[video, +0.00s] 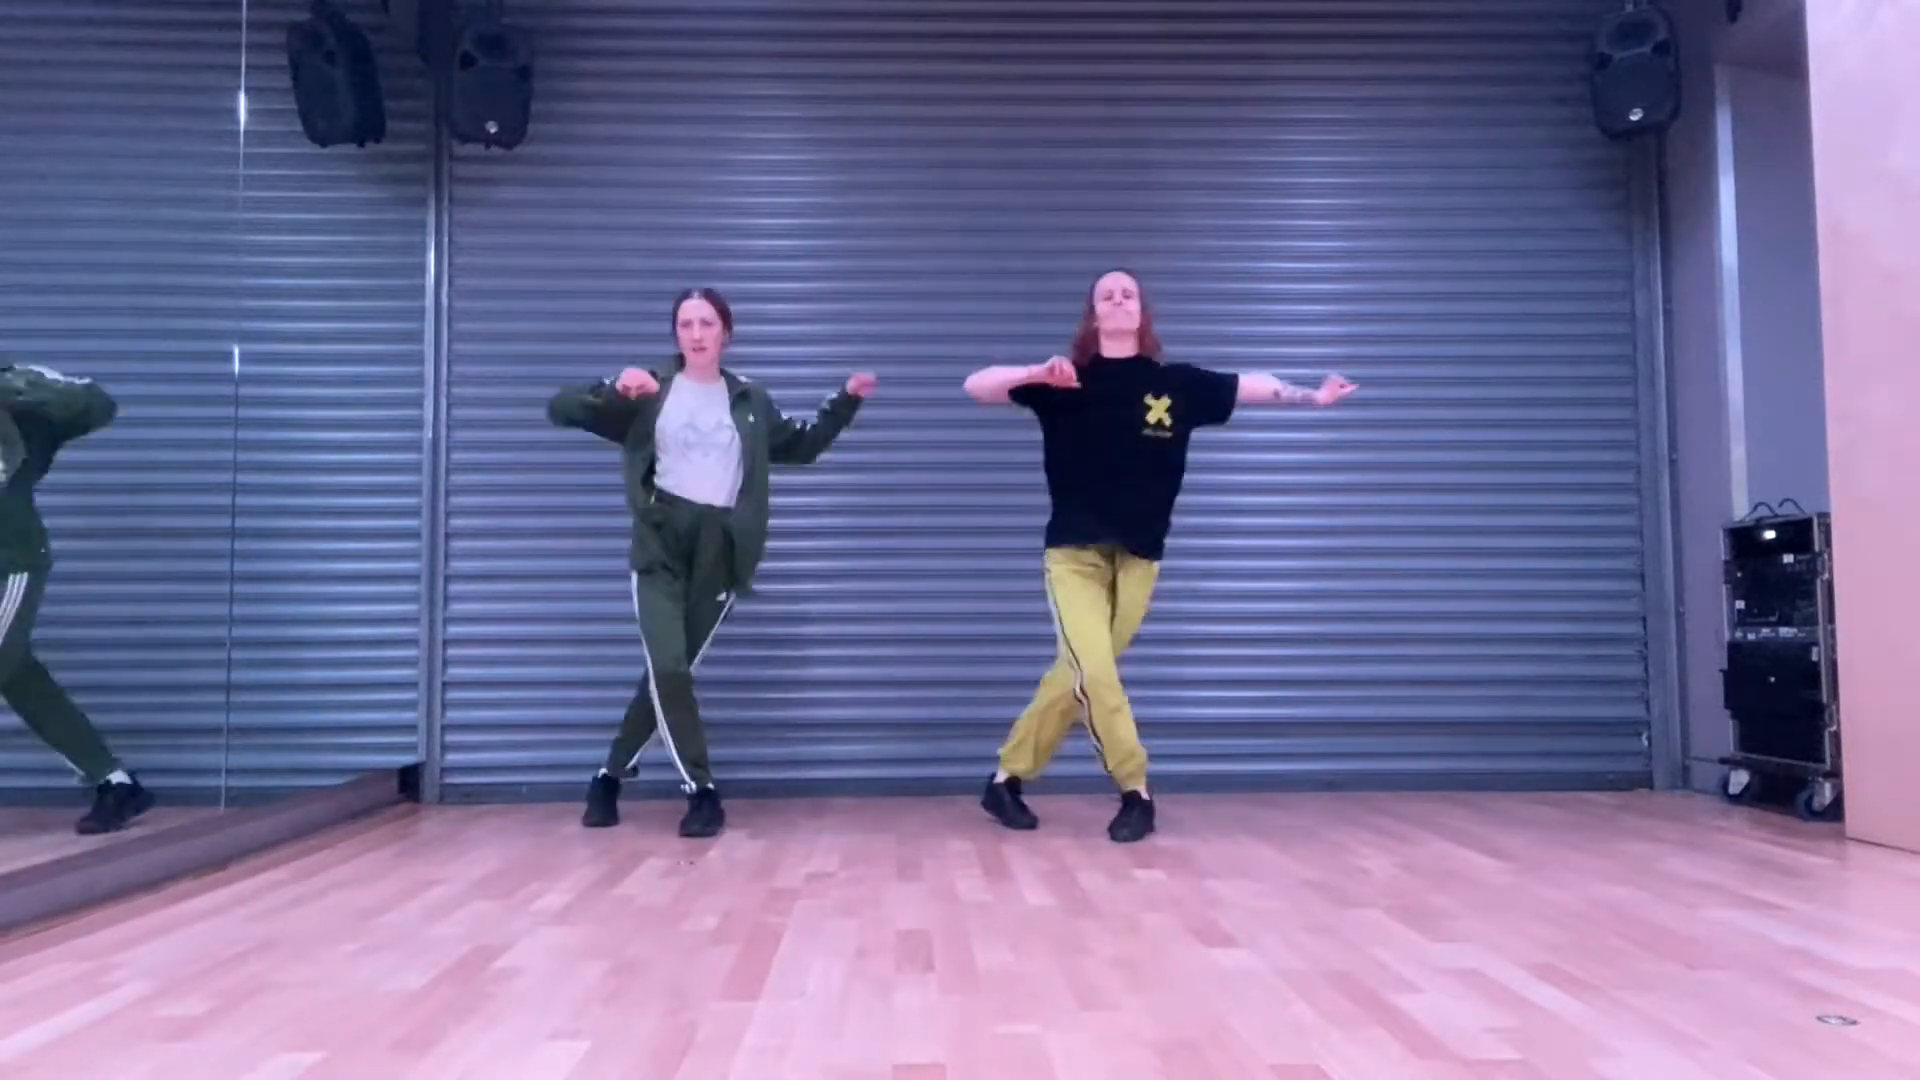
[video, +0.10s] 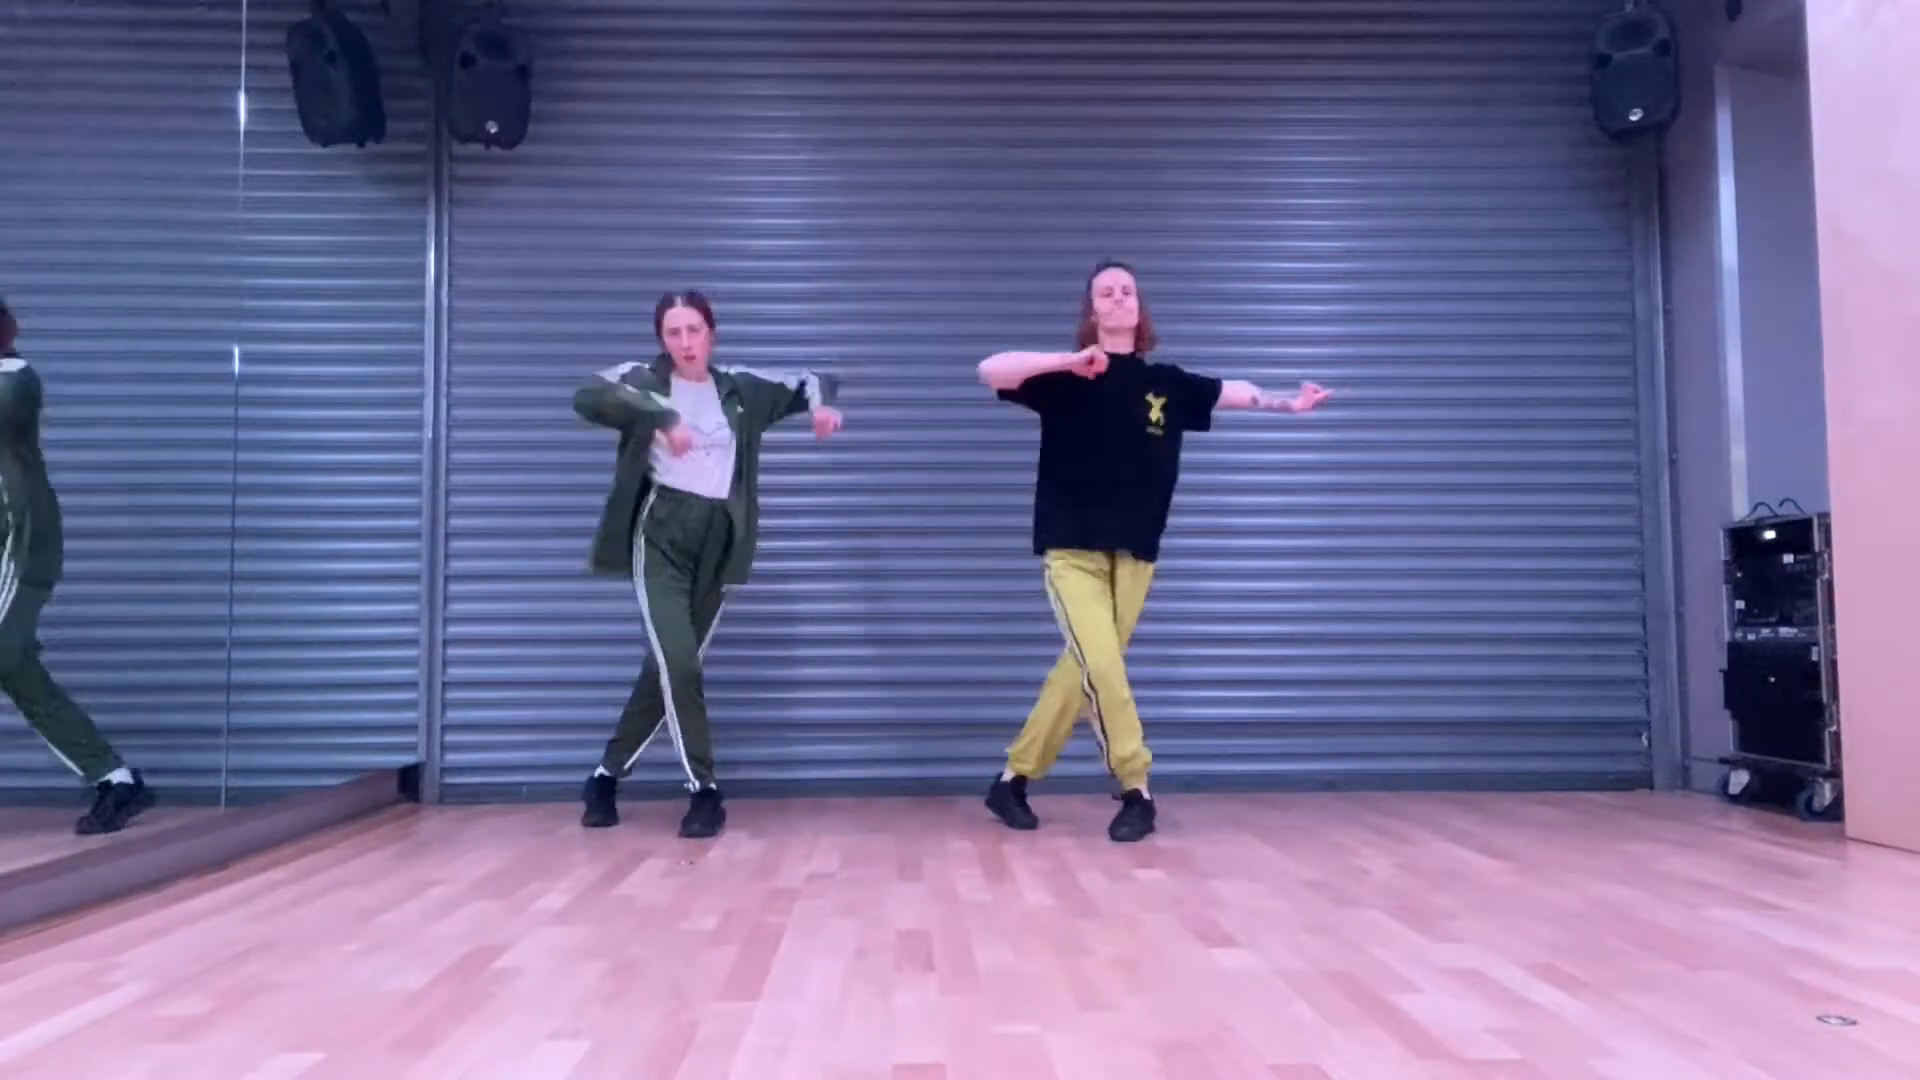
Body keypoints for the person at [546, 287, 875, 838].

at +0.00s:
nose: (697, 332)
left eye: (706, 323)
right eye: (687, 324)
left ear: (725, 332)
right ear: (676, 333)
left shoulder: (750, 400)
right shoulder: (647, 396)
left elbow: (799, 446)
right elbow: (560, 409)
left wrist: (847, 400)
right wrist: (612, 390)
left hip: (721, 545)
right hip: (658, 537)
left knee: (670, 670)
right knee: (667, 668)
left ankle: (609, 777)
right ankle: (701, 793)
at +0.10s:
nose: (685, 341)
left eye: (694, 329)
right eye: (675, 332)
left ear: (711, 334)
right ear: (662, 340)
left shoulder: (742, 389)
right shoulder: (643, 381)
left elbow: (811, 385)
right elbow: (588, 398)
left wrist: (821, 404)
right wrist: (660, 421)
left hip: (720, 545)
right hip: (658, 539)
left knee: (669, 668)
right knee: (679, 662)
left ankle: (605, 777)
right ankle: (704, 792)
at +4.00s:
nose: (591, 285)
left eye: (604, 272)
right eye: (583, 277)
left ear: (644, 277)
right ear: (581, 290)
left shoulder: (685, 321)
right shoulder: (590, 352)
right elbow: (588, 449)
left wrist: (586, 345)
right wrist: (569, 484)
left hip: (681, 517)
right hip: (607, 520)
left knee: (706, 682)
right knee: (523, 659)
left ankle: (749, 816)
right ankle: (474, 809)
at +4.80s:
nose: (462, 239)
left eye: (478, 228)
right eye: (459, 231)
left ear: (519, 246)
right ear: (461, 253)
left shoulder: (552, 305)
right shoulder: (466, 329)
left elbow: (607, 390)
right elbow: (408, 395)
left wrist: (598, 481)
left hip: (554, 471)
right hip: (499, 474)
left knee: (411, 567)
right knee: (480, 651)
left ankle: (520, 680)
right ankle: (505, 815)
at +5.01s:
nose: (475, 284)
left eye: (491, 274)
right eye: (474, 274)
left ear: (530, 290)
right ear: (478, 291)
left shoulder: (541, 333)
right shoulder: (499, 359)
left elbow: (577, 423)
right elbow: (496, 467)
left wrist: (561, 526)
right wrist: (455, 531)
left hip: (562, 535)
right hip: (505, 536)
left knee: (491, 680)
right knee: (432, 658)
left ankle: (583, 818)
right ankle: (496, 810)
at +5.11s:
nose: (485, 303)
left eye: (501, 292)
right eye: (483, 292)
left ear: (539, 311)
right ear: (486, 311)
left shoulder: (554, 376)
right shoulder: (506, 389)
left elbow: (575, 476)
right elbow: (512, 505)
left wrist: (559, 577)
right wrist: (496, 581)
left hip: (585, 557)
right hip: (533, 556)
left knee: (504, 691)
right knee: (441, 644)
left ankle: (590, 829)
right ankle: (520, 786)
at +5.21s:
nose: (494, 320)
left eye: (509, 309)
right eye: (493, 309)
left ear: (548, 325)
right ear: (497, 326)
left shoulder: (565, 389)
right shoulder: (525, 398)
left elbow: (584, 494)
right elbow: (524, 516)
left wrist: (583, 594)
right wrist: (508, 602)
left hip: (593, 570)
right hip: (553, 567)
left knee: (513, 690)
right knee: (479, 681)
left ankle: (591, 830)